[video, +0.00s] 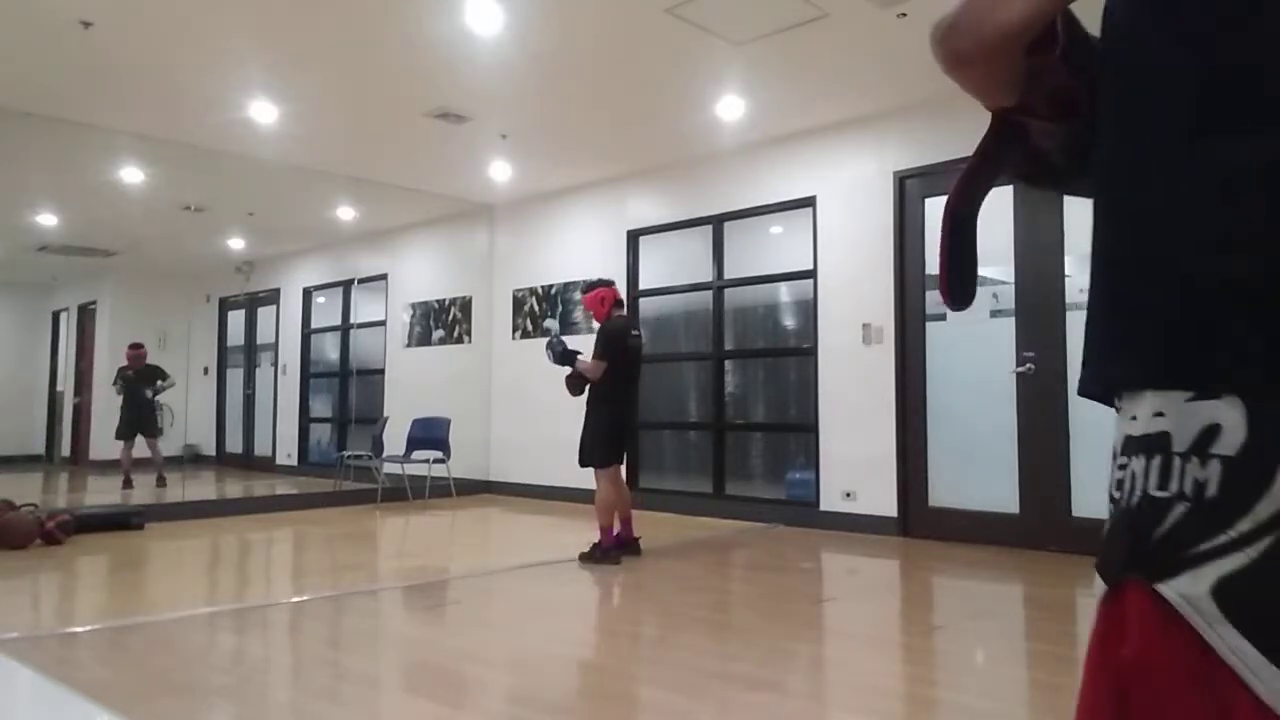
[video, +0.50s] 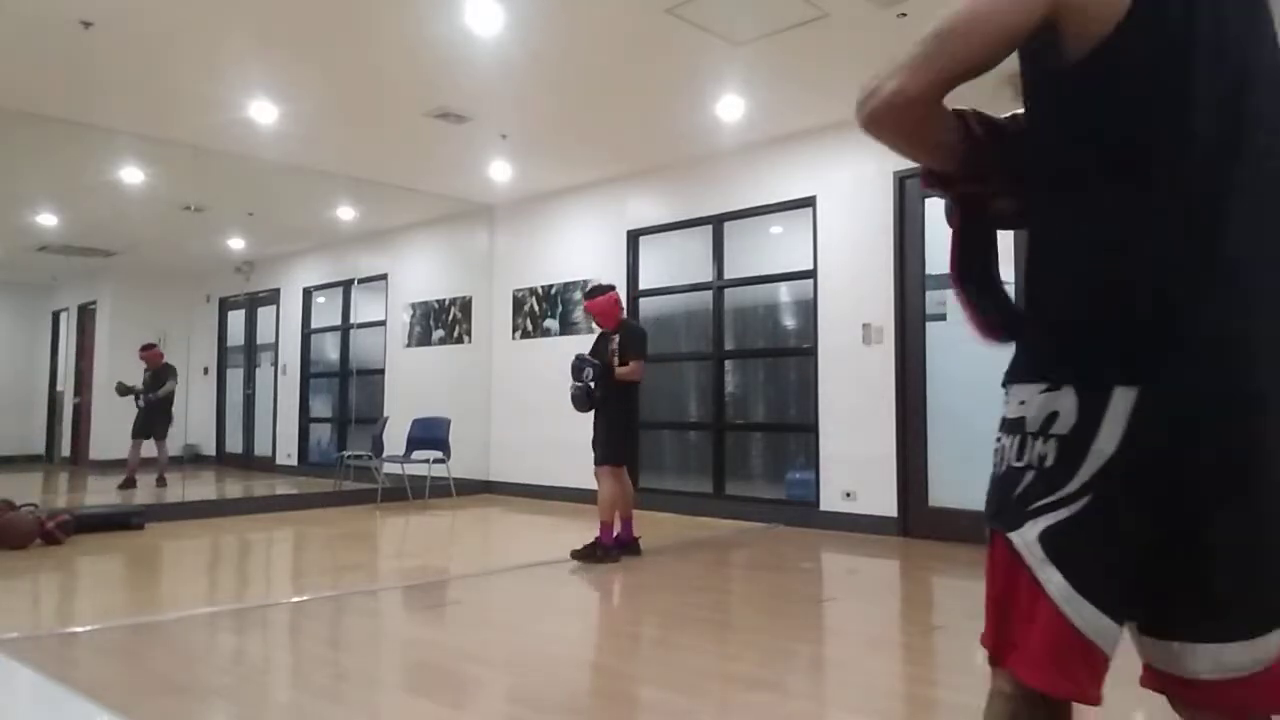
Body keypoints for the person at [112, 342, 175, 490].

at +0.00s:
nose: (131, 362)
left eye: (134, 358)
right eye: (129, 358)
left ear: (143, 358)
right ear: (127, 357)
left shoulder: (153, 370)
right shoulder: (123, 371)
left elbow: (171, 381)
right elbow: (118, 390)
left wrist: (156, 391)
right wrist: (123, 382)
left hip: (147, 413)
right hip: (129, 413)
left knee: (152, 444)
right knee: (127, 445)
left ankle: (160, 475)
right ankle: (127, 478)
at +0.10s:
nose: (136, 361)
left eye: (140, 357)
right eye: (134, 357)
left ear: (147, 356)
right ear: (132, 357)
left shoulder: (158, 369)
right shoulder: (128, 371)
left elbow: (174, 381)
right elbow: (121, 390)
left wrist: (158, 389)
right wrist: (128, 379)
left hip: (151, 413)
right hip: (132, 413)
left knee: (154, 444)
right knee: (130, 445)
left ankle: (160, 475)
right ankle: (127, 478)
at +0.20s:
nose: (139, 361)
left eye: (142, 358)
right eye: (137, 358)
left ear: (151, 356)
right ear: (136, 358)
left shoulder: (162, 369)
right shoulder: (133, 371)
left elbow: (175, 381)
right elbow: (129, 389)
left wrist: (160, 390)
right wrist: (129, 383)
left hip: (155, 414)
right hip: (136, 413)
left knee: (157, 444)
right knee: (133, 445)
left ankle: (161, 476)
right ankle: (127, 478)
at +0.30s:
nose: (142, 362)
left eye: (144, 358)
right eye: (140, 358)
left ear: (153, 357)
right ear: (139, 358)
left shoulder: (166, 369)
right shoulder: (139, 371)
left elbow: (175, 382)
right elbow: (135, 389)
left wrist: (160, 391)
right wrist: (130, 387)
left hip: (158, 412)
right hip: (140, 411)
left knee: (159, 444)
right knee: (135, 445)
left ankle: (161, 476)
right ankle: (128, 478)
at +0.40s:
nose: (143, 362)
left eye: (145, 359)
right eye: (142, 359)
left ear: (154, 357)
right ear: (143, 358)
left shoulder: (168, 369)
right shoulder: (144, 371)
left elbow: (175, 382)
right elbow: (140, 388)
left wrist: (158, 393)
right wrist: (130, 389)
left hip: (160, 412)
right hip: (143, 411)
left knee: (160, 444)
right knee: (135, 444)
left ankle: (161, 476)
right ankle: (129, 478)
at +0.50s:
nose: (145, 363)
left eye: (146, 359)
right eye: (143, 360)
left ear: (156, 356)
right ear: (146, 359)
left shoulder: (169, 369)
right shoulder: (148, 371)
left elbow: (170, 386)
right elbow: (146, 388)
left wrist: (153, 396)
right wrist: (131, 389)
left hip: (161, 413)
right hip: (145, 412)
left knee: (160, 444)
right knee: (136, 443)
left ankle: (161, 476)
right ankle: (130, 477)